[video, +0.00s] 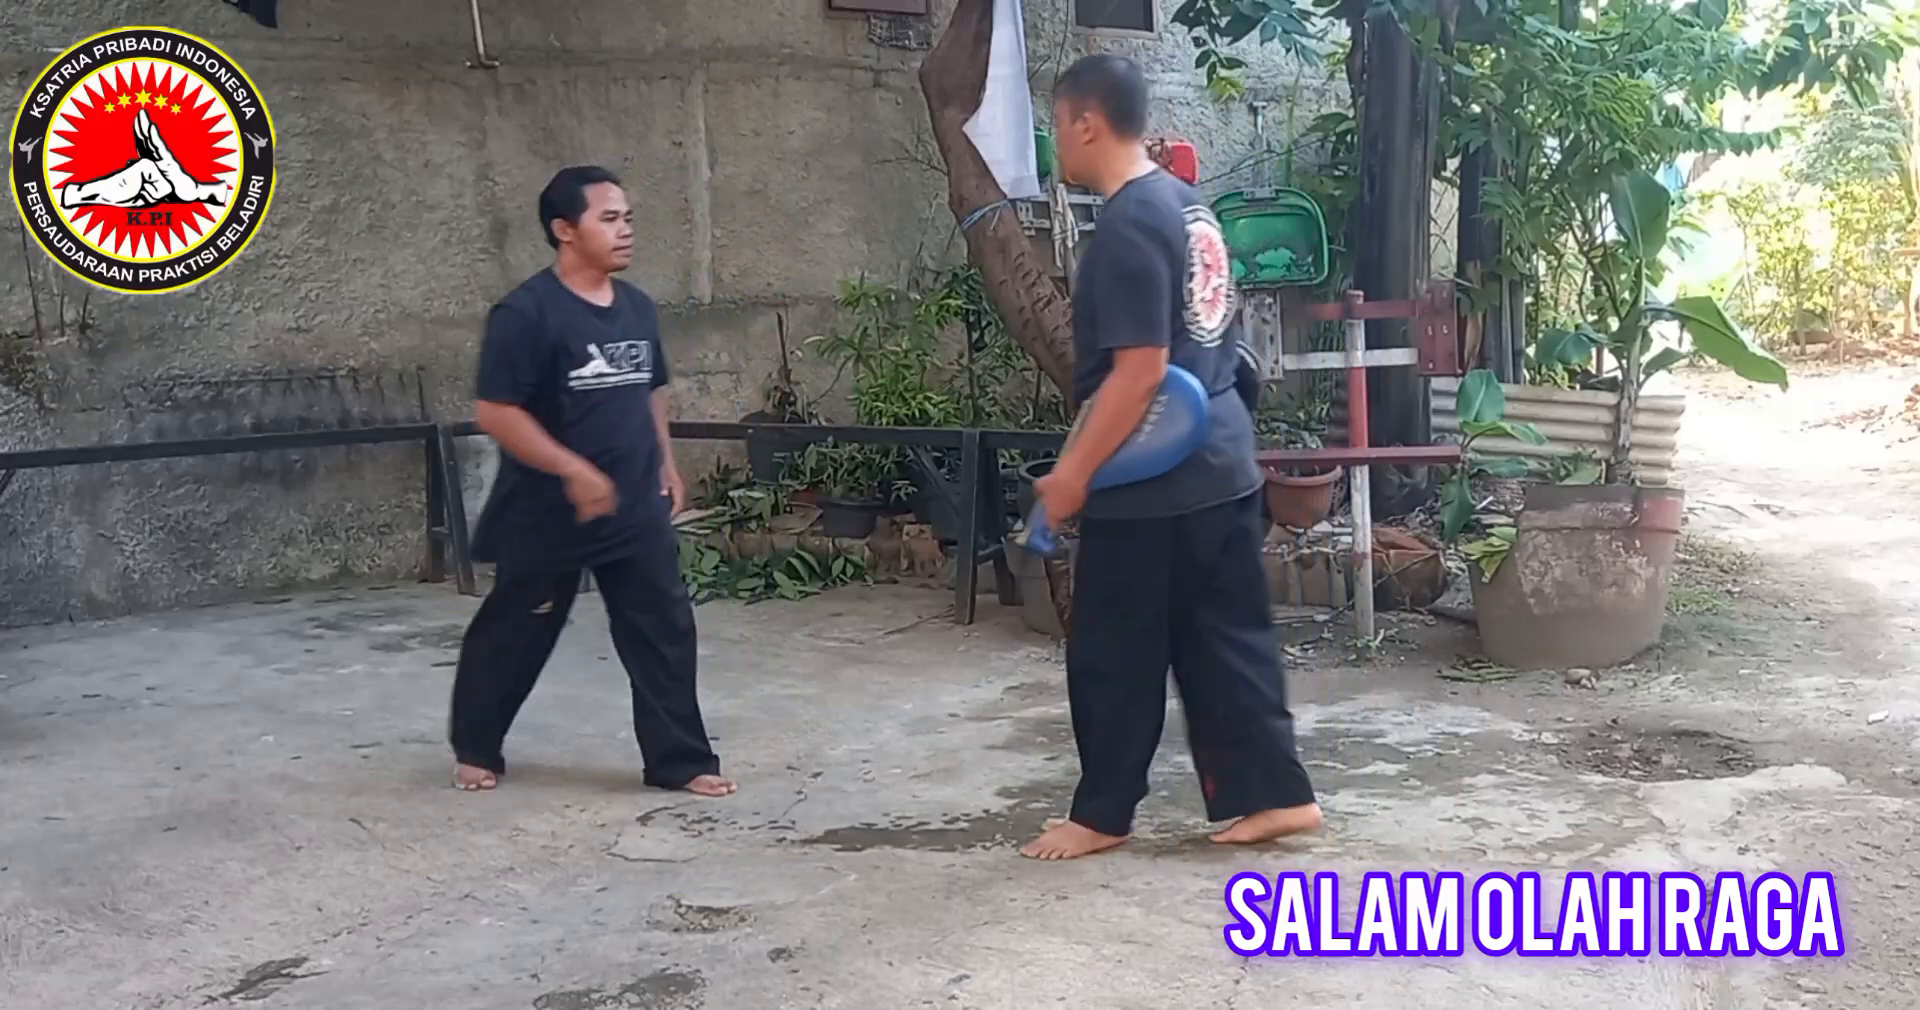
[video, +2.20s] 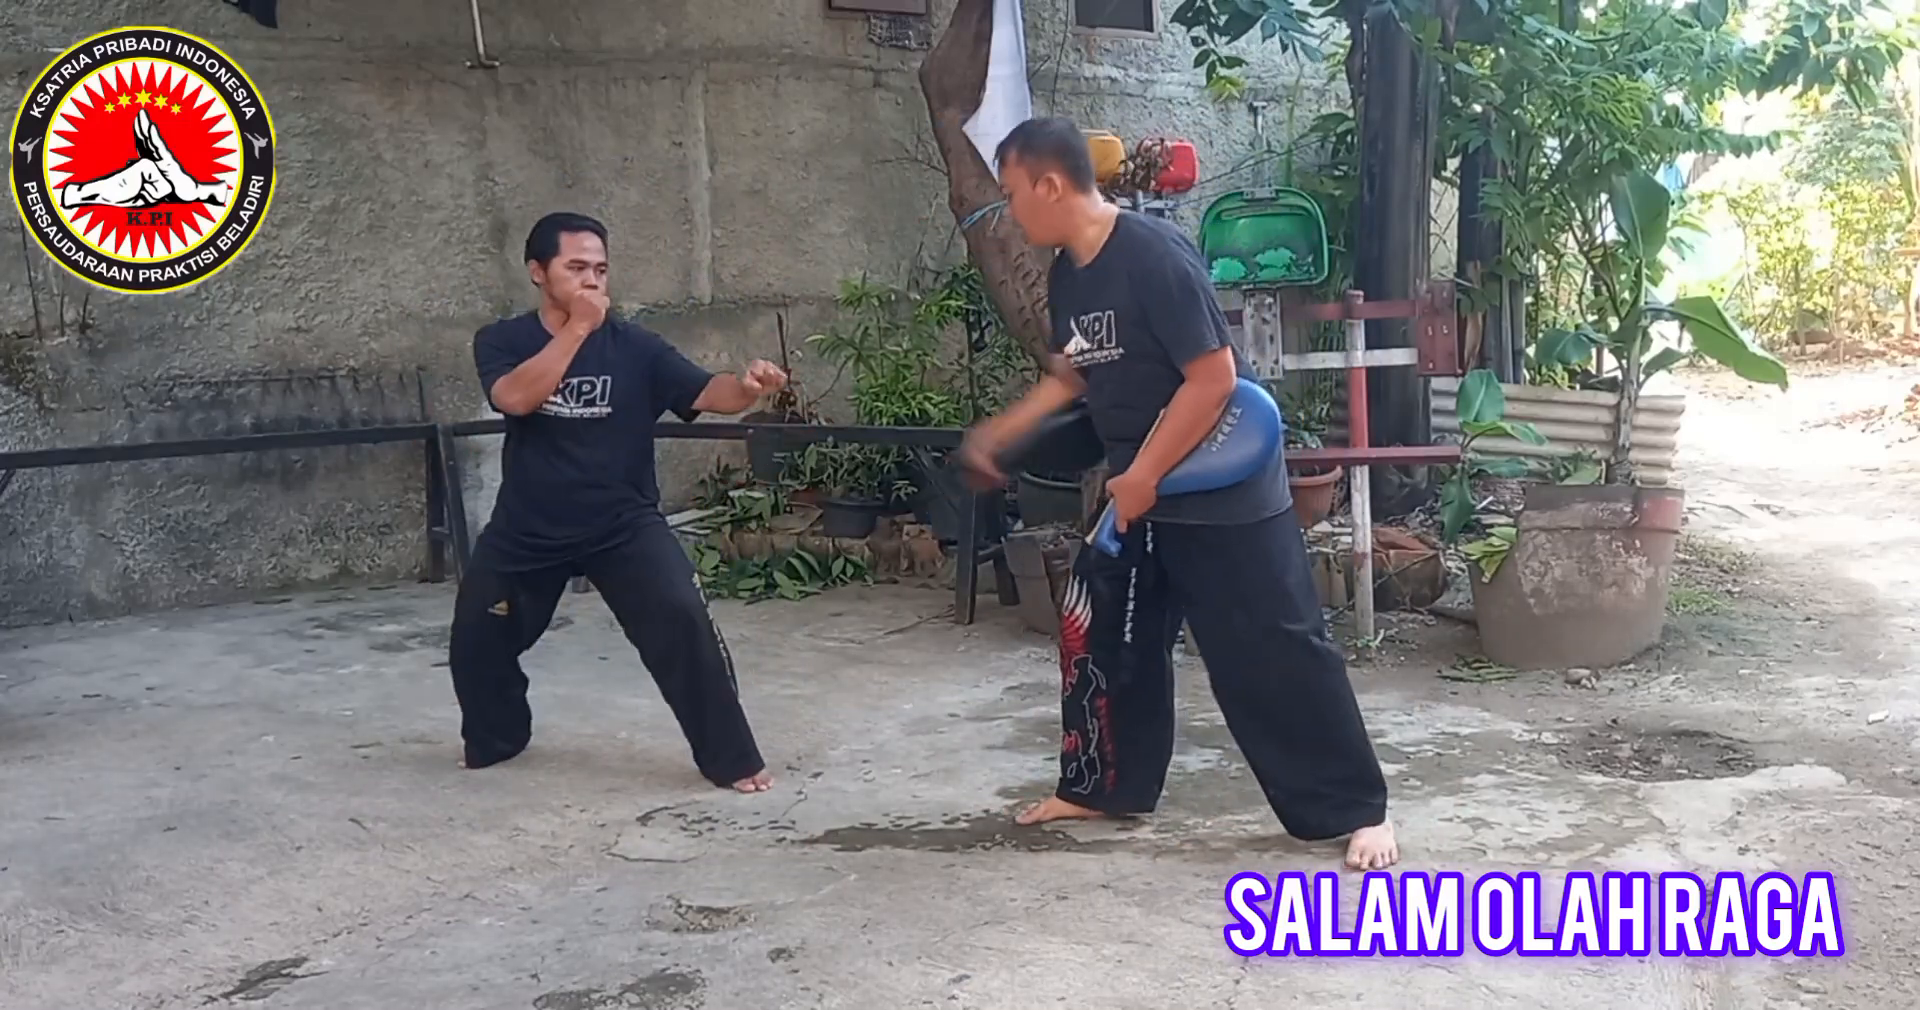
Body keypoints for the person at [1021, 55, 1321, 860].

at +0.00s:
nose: (1057, 146)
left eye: (1059, 128)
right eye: (1059, 129)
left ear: (1088, 125)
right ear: (1133, 125)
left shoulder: (1129, 223)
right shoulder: (1185, 204)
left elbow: (1141, 367)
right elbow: (1201, 348)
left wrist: (1073, 472)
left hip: (1147, 481)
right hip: (1217, 470)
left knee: (1112, 648)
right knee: (1228, 636)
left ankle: (1102, 813)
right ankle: (1280, 795)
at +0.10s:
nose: (1013, 155)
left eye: (1015, 138)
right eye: (1013, 139)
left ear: (1044, 135)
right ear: (1086, 130)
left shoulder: (1088, 227)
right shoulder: (1144, 203)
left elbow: (1091, 372)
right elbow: (1162, 341)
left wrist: (1017, 468)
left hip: (1127, 465)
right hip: (1187, 456)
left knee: (1100, 636)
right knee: (1163, 615)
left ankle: (1105, 812)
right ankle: (1207, 749)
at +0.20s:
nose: (983, 161)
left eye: (985, 145)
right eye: (982, 145)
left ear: (1016, 141)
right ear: (1050, 137)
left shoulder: (1069, 225)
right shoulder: (1115, 203)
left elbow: (1061, 371)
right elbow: (1124, 345)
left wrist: (980, 461)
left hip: (1124, 463)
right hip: (1164, 451)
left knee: (1089, 632)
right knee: (1120, 617)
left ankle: (1100, 816)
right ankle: (1140, 758)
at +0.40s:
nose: (924, 217)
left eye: (923, 198)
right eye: (919, 200)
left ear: (958, 182)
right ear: (963, 182)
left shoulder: (1051, 238)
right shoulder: (1003, 260)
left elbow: (1078, 370)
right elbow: (1042, 375)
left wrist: (997, 456)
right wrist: (996, 452)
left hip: (1143, 450)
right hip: (1088, 454)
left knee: (1119, 626)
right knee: (1064, 619)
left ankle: (1115, 812)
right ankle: (1056, 778)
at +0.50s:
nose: (920, 225)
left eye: (920, 205)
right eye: (915, 208)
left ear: (954, 188)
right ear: (958, 189)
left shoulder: (1051, 239)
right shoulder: (990, 276)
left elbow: (1093, 368)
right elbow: (1031, 389)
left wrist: (1022, 463)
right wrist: (1021, 472)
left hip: (1144, 462)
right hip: (1078, 467)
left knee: (1139, 628)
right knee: (1059, 623)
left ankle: (1164, 804)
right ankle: (1058, 779)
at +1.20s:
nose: (983, 202)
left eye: (986, 184)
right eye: (980, 187)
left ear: (1027, 174)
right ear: (1031, 177)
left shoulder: (1132, 238)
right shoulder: (1034, 267)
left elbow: (1186, 364)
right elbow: (1056, 376)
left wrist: (1151, 474)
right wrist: (1049, 473)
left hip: (1198, 460)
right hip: (1106, 471)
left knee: (1240, 633)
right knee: (1106, 628)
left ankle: (1296, 810)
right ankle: (1095, 781)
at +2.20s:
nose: (1010, 211)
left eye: (1012, 193)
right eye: (1007, 196)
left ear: (1053, 186)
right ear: (1060, 186)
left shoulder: (1155, 254)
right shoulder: (1066, 272)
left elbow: (1213, 376)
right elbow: (1076, 372)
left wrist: (1143, 473)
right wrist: (1002, 430)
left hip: (1226, 498)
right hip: (1142, 502)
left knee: (1285, 649)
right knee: (1115, 645)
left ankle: (1362, 810)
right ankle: (1109, 789)